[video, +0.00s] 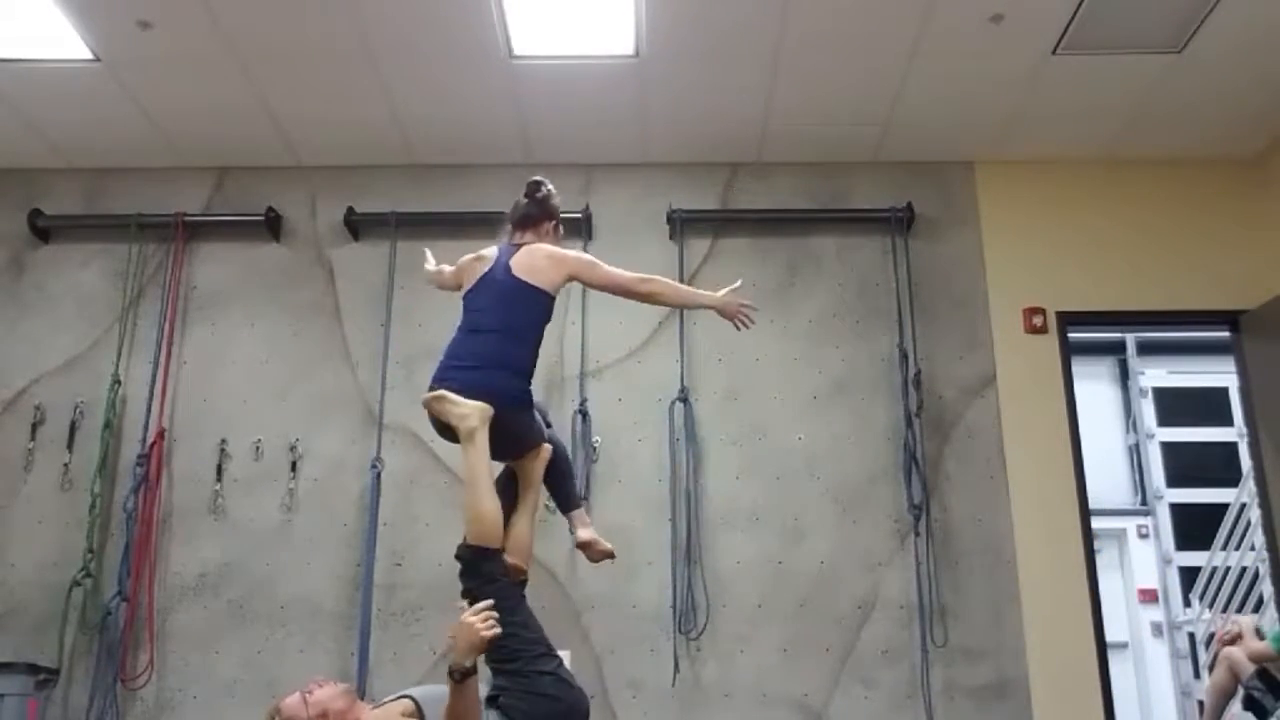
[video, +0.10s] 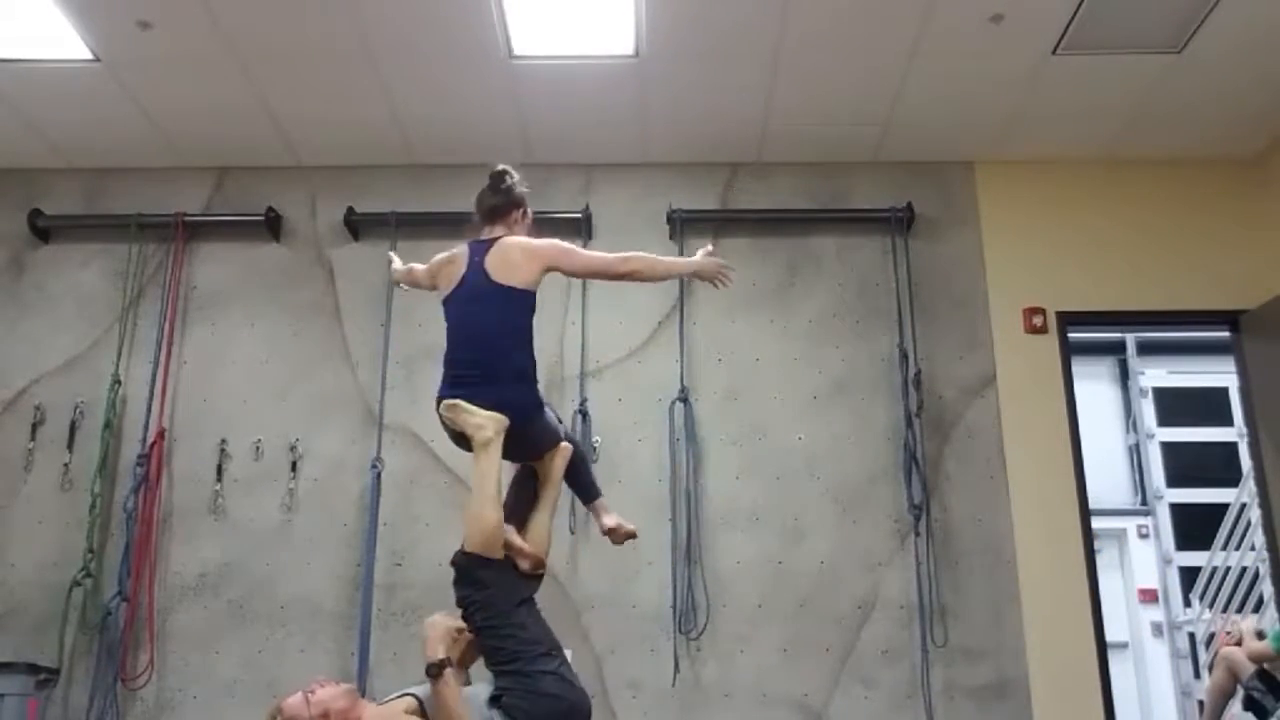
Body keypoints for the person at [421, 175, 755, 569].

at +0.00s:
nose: (558, 237)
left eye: (557, 232)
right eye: (558, 231)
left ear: (512, 227)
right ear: (548, 227)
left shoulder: (476, 261)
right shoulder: (557, 259)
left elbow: (445, 278)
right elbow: (637, 286)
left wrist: (433, 269)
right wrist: (713, 300)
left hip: (445, 391)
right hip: (503, 400)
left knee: (542, 437)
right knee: (519, 469)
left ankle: (580, 523)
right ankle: (481, 555)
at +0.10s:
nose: (530, 226)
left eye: (528, 219)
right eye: (528, 218)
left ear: (479, 218)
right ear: (517, 216)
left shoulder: (449, 262)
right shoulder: (533, 250)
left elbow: (417, 276)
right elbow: (621, 266)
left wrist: (398, 269)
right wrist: (693, 265)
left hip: (454, 405)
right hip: (514, 408)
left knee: (552, 430)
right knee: (543, 459)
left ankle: (601, 510)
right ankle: (505, 534)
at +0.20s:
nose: (506, 224)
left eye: (506, 218)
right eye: (506, 218)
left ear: (456, 221)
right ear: (497, 217)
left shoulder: (431, 271)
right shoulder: (513, 254)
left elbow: (407, 285)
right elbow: (602, 256)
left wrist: (392, 277)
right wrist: (671, 238)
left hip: (457, 417)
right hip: (512, 418)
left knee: (555, 407)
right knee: (562, 448)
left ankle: (620, 500)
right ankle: (519, 521)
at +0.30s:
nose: (447, 247)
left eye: (444, 239)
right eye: (444, 240)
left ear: (398, 258)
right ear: (436, 245)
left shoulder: (387, 319)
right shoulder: (456, 284)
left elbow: (395, 300)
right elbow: (552, 258)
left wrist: (399, 273)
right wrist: (605, 204)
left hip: (471, 438)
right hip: (523, 431)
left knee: (561, 401)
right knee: (578, 429)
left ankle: (637, 480)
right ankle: (538, 514)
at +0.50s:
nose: (355, 327)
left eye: (347, 321)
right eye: (348, 324)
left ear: (324, 362)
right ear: (344, 340)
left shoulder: (350, 415)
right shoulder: (397, 384)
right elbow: (480, 322)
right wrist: (407, 290)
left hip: (490, 443)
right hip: (525, 420)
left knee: (562, 460)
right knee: (589, 428)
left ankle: (617, 510)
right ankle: (546, 515)